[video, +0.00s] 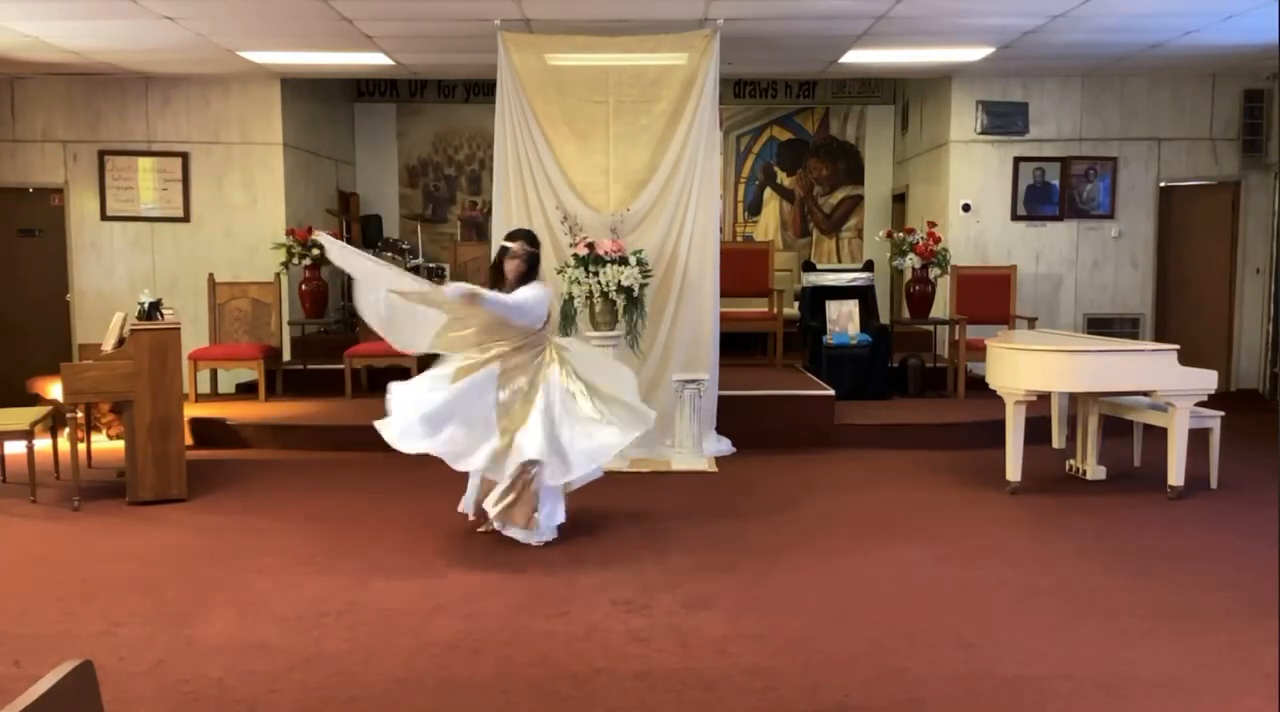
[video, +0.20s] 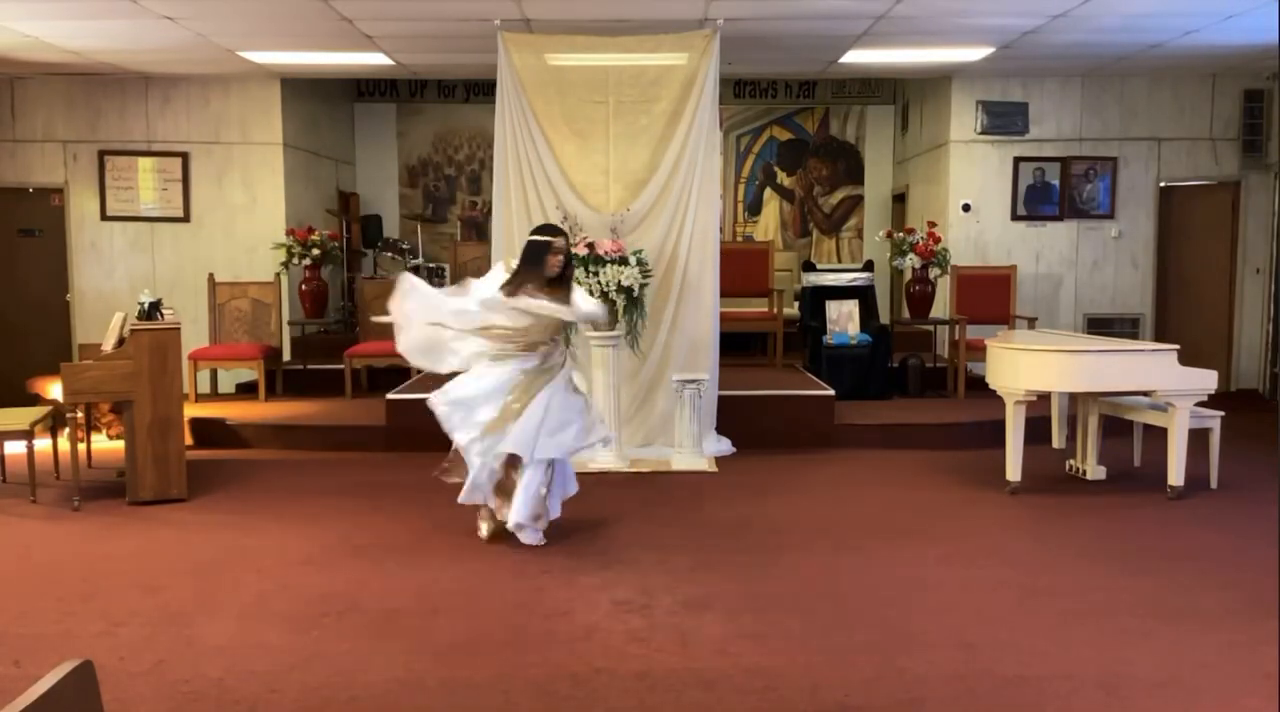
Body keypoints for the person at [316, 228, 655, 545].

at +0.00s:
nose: (512, 262)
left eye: (520, 257)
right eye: (508, 254)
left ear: (533, 263)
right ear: (501, 258)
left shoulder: (538, 294)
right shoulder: (500, 294)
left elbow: (513, 309)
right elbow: (456, 305)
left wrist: (475, 296)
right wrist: (422, 295)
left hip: (535, 376)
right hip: (507, 373)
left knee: (531, 445)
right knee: (502, 442)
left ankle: (521, 517)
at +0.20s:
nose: (560, 260)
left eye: (564, 254)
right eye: (554, 252)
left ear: (567, 258)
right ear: (536, 253)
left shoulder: (565, 292)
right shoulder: (504, 281)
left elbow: (602, 316)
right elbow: (465, 301)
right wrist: (421, 302)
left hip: (549, 370)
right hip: (503, 366)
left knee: (544, 441)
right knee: (492, 437)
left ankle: (527, 517)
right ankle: (488, 504)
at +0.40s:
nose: (576, 270)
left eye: (578, 262)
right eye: (569, 263)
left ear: (576, 262)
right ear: (550, 260)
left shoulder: (579, 296)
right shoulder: (518, 278)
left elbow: (613, 317)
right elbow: (468, 292)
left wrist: (650, 327)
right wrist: (427, 307)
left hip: (554, 384)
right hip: (515, 379)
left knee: (549, 453)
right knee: (524, 449)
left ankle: (535, 529)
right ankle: (481, 485)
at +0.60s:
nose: (586, 250)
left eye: (583, 245)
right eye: (580, 243)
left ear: (557, 248)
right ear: (564, 245)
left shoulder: (571, 285)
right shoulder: (542, 272)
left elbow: (577, 333)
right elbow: (503, 299)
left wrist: (598, 338)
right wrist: (480, 312)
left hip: (551, 376)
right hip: (521, 371)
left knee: (548, 448)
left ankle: (528, 521)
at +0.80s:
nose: (568, 249)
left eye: (562, 243)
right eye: (565, 243)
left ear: (526, 245)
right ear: (557, 244)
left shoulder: (507, 280)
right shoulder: (558, 270)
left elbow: (496, 325)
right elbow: (605, 304)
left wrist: (510, 345)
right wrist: (614, 318)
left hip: (514, 374)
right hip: (556, 376)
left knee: (525, 443)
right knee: (563, 449)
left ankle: (527, 522)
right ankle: (552, 526)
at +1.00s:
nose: (539, 251)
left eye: (524, 249)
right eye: (544, 245)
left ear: (512, 249)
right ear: (547, 246)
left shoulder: (501, 283)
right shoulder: (568, 274)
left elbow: (457, 314)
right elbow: (614, 290)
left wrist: (426, 335)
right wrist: (663, 299)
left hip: (516, 377)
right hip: (562, 375)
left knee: (515, 445)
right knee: (561, 442)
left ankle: (521, 527)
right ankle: (549, 517)